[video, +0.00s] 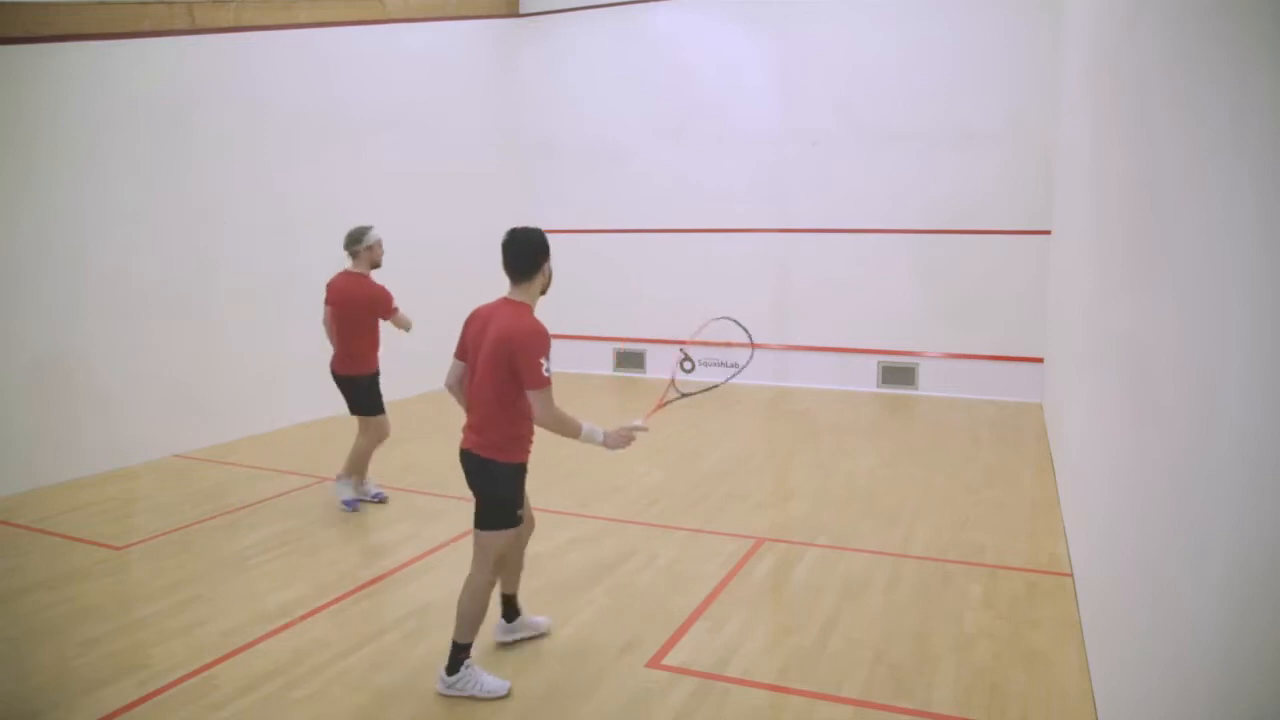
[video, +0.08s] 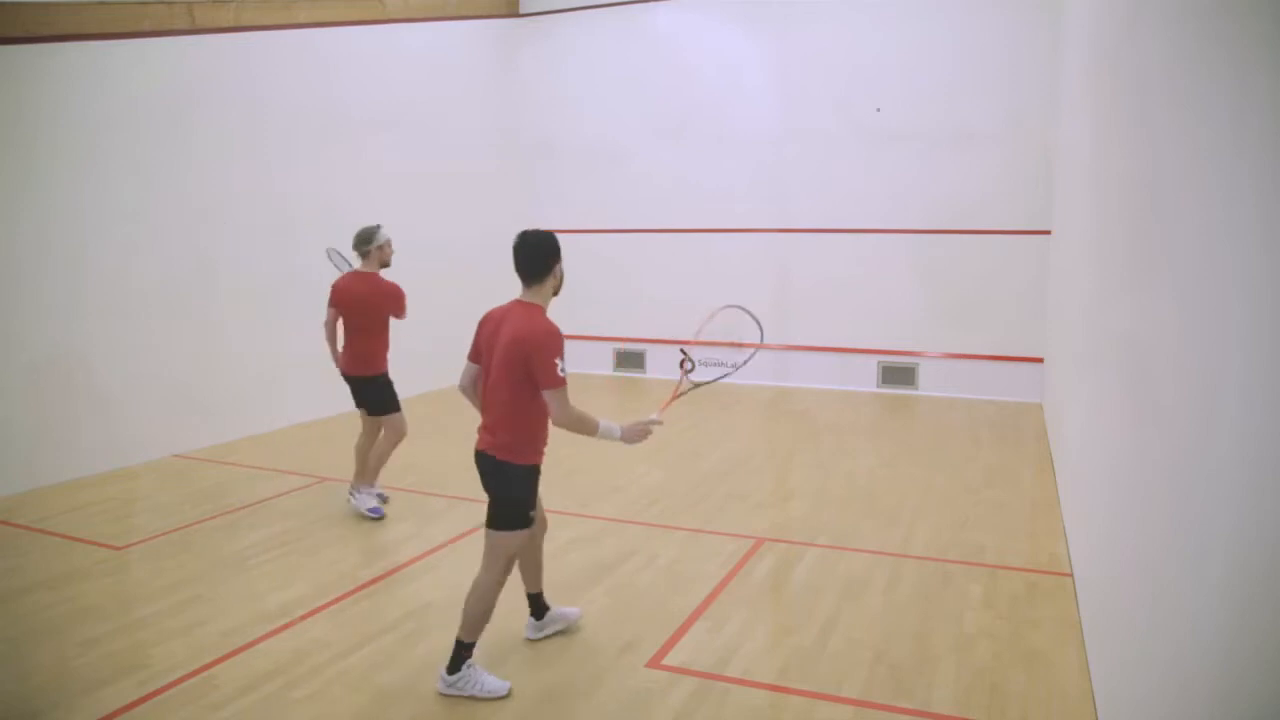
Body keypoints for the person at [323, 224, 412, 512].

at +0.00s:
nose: (383, 251)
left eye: (381, 246)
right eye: (378, 246)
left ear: (356, 252)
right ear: (364, 251)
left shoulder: (335, 284)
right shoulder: (375, 292)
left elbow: (328, 322)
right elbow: (402, 323)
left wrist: (339, 348)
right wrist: (404, 319)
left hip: (343, 368)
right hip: (363, 371)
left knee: (369, 428)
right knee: (377, 430)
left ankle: (361, 482)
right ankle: (345, 480)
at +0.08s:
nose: (392, 251)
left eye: (390, 245)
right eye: (388, 246)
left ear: (362, 252)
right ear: (376, 251)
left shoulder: (341, 284)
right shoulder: (388, 289)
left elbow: (330, 322)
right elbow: (400, 312)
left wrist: (335, 355)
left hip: (352, 367)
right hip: (374, 370)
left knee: (371, 428)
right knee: (396, 429)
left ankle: (359, 487)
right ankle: (365, 488)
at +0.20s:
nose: (405, 251)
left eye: (403, 245)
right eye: (401, 246)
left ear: (374, 252)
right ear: (391, 250)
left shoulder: (354, 284)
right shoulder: (406, 288)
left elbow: (338, 325)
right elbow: (408, 310)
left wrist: (335, 359)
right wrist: (381, 287)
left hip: (363, 371)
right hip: (390, 375)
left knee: (378, 426)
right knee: (412, 433)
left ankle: (357, 486)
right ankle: (398, 504)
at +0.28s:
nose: (413, 249)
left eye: (412, 244)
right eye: (410, 245)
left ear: (383, 252)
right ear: (398, 250)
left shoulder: (363, 285)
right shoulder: (415, 287)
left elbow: (347, 328)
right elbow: (420, 308)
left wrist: (339, 363)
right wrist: (392, 283)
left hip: (373, 374)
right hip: (401, 376)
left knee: (389, 428)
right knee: (419, 437)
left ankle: (360, 482)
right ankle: (399, 507)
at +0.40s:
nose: (427, 248)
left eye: (425, 243)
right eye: (423, 244)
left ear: (397, 252)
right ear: (411, 250)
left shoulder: (376, 286)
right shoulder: (430, 288)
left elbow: (360, 330)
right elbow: (436, 312)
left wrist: (351, 368)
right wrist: (409, 285)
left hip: (385, 374)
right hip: (412, 377)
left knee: (413, 429)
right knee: (428, 439)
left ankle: (384, 480)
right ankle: (401, 506)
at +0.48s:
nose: (436, 246)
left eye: (433, 241)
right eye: (431, 242)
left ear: (404, 250)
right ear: (419, 248)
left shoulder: (383, 285)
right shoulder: (437, 286)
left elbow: (368, 329)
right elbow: (445, 314)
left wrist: (360, 367)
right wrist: (419, 290)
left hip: (393, 374)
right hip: (419, 376)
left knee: (434, 427)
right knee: (430, 433)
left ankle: (404, 491)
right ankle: (404, 503)